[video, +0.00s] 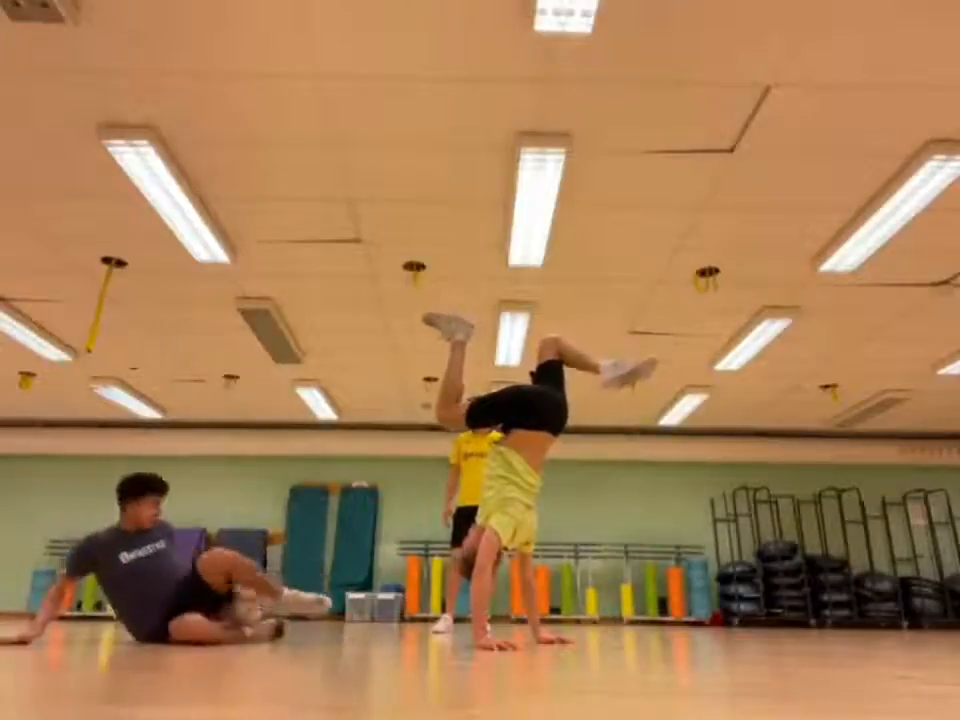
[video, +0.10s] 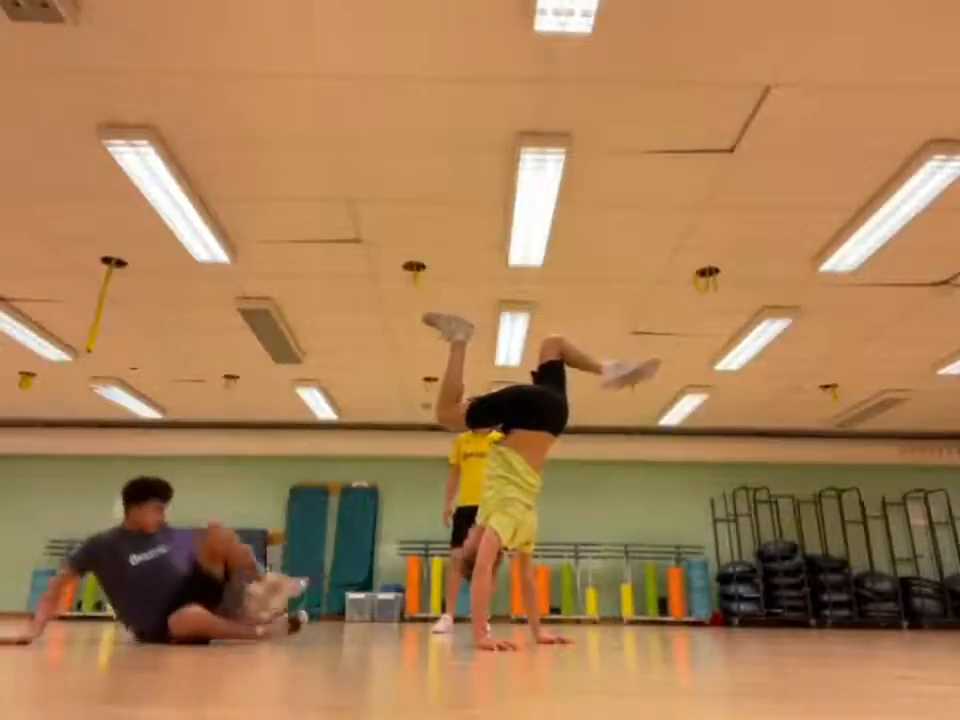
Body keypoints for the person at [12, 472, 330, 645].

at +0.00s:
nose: (159, 512)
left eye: (159, 506)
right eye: (153, 506)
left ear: (153, 507)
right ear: (129, 506)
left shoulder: (162, 532)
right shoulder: (96, 547)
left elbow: (175, 575)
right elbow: (60, 591)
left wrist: (222, 606)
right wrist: (35, 632)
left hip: (187, 592)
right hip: (158, 621)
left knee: (221, 557)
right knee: (198, 628)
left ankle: (280, 597)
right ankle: (252, 632)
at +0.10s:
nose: (163, 517)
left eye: (164, 509)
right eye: (158, 508)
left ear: (154, 509)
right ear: (134, 507)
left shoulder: (164, 536)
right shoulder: (103, 545)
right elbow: (60, 584)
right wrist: (37, 629)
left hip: (190, 596)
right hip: (157, 623)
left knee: (216, 536)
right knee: (193, 617)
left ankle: (260, 583)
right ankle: (260, 631)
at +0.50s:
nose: (165, 515)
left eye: (166, 508)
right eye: (158, 508)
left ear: (162, 506)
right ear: (135, 508)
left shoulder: (170, 530)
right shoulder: (103, 541)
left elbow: (194, 567)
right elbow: (65, 579)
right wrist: (35, 630)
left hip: (186, 591)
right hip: (146, 617)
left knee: (255, 557)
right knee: (179, 613)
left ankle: (280, 605)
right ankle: (256, 626)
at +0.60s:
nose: (171, 511)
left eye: (171, 504)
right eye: (164, 505)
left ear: (166, 504)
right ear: (143, 505)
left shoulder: (180, 524)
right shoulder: (111, 536)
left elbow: (214, 555)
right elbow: (72, 575)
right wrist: (44, 627)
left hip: (201, 589)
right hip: (153, 613)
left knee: (269, 566)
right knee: (183, 609)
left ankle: (274, 620)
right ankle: (254, 632)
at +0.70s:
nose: (171, 506)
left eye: (171, 499)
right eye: (163, 501)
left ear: (169, 500)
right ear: (141, 503)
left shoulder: (184, 518)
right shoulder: (115, 535)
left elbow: (231, 524)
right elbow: (73, 576)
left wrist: (276, 526)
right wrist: (48, 631)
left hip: (203, 586)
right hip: (157, 612)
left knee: (269, 569)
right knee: (194, 611)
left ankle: (285, 622)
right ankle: (261, 633)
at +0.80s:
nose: (153, 497)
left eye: (153, 489)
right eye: (143, 494)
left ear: (157, 485)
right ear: (123, 498)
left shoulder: (174, 498)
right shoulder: (110, 529)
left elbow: (218, 475)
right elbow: (73, 574)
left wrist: (237, 445)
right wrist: (48, 631)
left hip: (207, 577)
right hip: (165, 603)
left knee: (273, 571)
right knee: (199, 608)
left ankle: (284, 615)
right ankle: (270, 634)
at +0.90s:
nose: (114, 485)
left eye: (111, 476)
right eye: (104, 485)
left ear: (115, 465)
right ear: (95, 487)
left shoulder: (141, 461)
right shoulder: (99, 519)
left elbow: (143, 405)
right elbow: (73, 575)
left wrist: (104, 378)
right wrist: (47, 633)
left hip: (204, 539)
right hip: (171, 569)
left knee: (266, 560)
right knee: (200, 589)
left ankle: (290, 611)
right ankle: (275, 632)